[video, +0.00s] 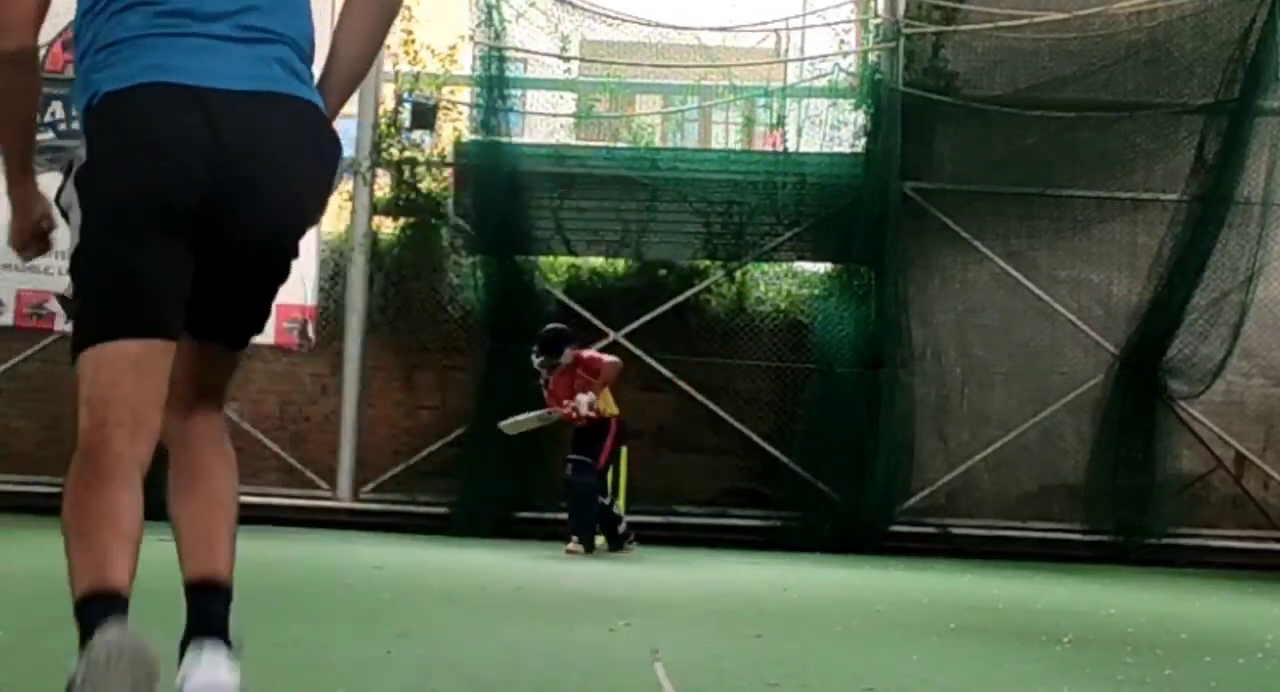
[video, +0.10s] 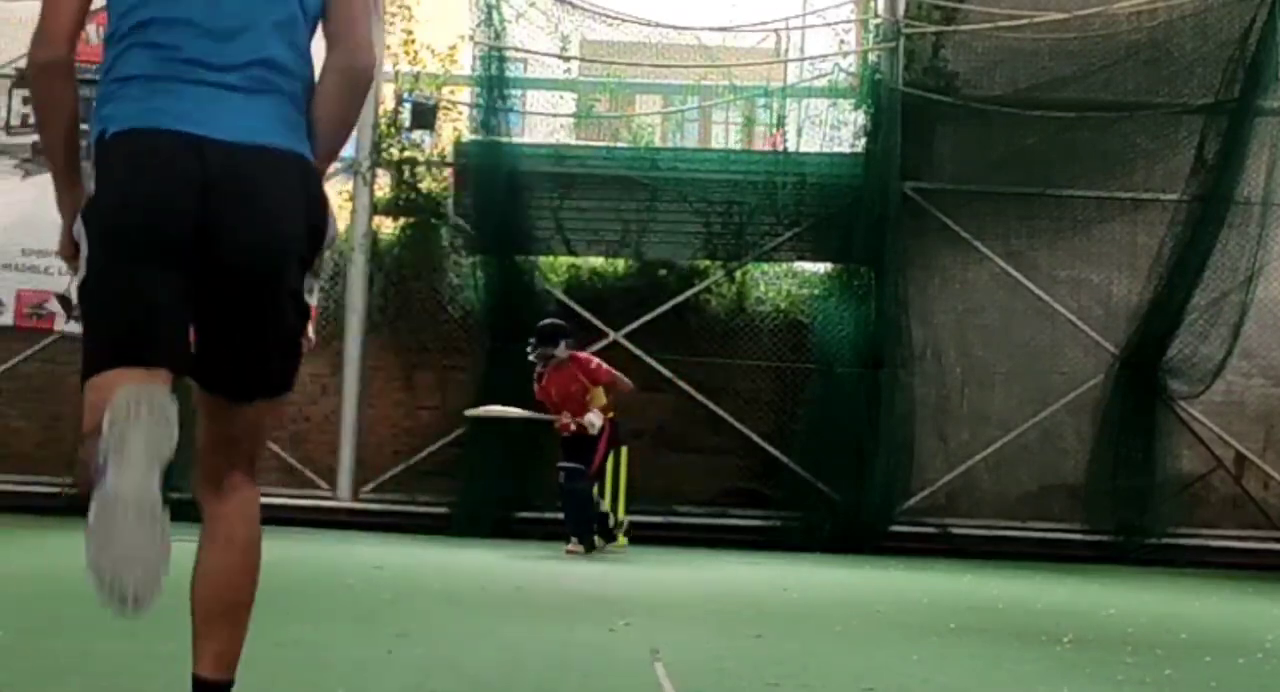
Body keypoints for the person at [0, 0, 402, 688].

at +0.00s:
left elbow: (14, 38)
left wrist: (21, 190)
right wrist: (322, 110)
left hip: (146, 127)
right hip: (286, 130)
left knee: (112, 433)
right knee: (201, 400)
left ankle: (104, 636)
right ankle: (210, 644)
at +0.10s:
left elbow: (49, 54)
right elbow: (357, 57)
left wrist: (72, 201)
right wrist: (302, 173)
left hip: (143, 165)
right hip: (272, 178)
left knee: (111, 425)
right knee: (232, 475)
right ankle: (212, 685)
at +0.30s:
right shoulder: (356, 34)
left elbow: (110, 77)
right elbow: (339, 204)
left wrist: (111, 218)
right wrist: (292, 261)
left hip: (166, 261)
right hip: (271, 276)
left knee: (186, 475)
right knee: (246, 514)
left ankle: (147, 479)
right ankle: (207, 684)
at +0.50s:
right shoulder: (360, 10)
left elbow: (152, 47)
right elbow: (361, 164)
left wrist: (157, 182)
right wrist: (295, 192)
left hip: (200, 233)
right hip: (295, 240)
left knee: (209, 450)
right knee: (282, 442)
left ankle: (213, 660)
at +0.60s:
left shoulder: (195, 40)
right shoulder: (355, 70)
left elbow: (136, 139)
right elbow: (371, 215)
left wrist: (151, 255)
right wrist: (327, 253)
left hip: (211, 290)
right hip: (303, 294)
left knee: (223, 479)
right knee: (303, 511)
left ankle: (236, 667)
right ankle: (272, 472)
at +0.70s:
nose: (305, 14)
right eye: (317, 9)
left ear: (255, 9)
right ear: (319, 11)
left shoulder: (203, 85)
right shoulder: (357, 99)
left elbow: (148, 203)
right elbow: (370, 234)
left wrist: (172, 293)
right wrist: (351, 300)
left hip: (225, 319)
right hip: (313, 324)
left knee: (234, 492)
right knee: (305, 478)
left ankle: (238, 664)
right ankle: (283, 494)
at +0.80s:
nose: (330, 7)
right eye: (333, 3)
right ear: (329, 3)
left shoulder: (219, 59)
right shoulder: (362, 72)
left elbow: (179, 178)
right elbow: (370, 197)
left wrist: (223, 226)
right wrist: (367, 275)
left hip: (237, 289)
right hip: (319, 291)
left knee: (230, 467)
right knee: (298, 432)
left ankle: (228, 631)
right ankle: (279, 568)